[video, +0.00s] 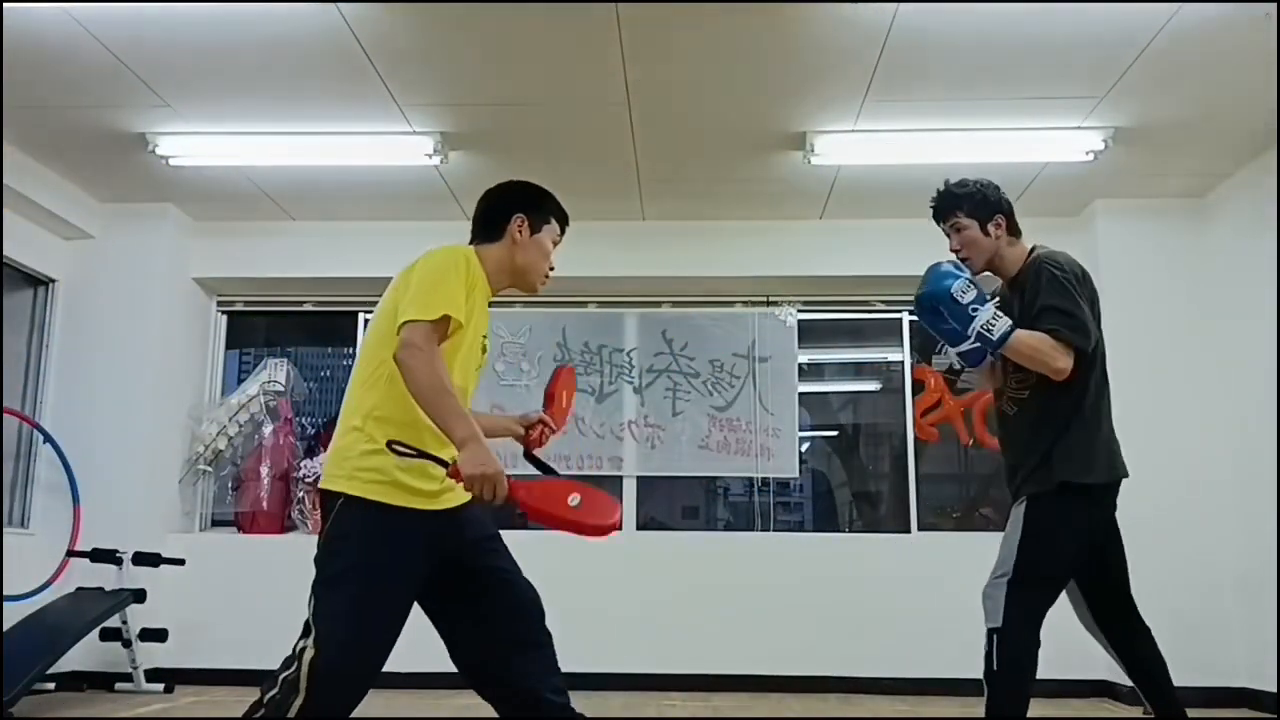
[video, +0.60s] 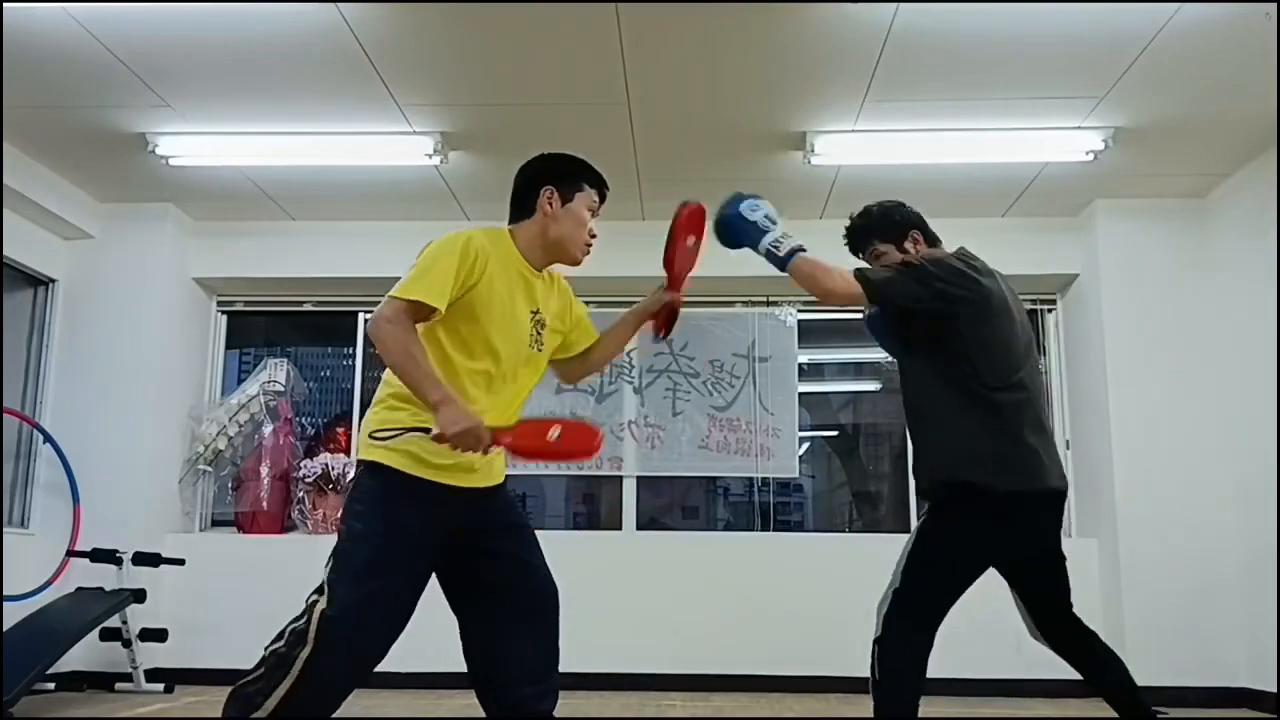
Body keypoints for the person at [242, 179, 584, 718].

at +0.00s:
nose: (555, 262)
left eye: (558, 248)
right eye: (553, 242)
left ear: (517, 233)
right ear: (519, 229)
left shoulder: (473, 312)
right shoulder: (450, 265)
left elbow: (431, 421)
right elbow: (414, 348)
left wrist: (513, 425)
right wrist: (470, 441)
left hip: (443, 501)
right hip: (377, 496)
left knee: (511, 626)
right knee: (336, 663)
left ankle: (548, 711)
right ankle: (279, 711)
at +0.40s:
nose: (589, 252)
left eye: (592, 237)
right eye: (586, 231)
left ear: (547, 224)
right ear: (549, 218)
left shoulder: (508, 308)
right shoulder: (478, 252)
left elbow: (500, 401)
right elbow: (394, 320)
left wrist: (567, 353)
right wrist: (397, 412)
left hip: (466, 488)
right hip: (394, 478)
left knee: (521, 608)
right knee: (344, 638)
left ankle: (523, 712)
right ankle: (268, 712)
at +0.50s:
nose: (602, 240)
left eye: (604, 228)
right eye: (597, 222)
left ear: (561, 217)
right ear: (559, 212)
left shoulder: (556, 311)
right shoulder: (483, 251)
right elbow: (392, 315)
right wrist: (408, 409)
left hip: (472, 482)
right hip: (397, 471)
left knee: (520, 609)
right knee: (355, 632)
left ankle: (522, 711)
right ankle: (274, 709)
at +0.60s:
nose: (596, 230)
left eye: (598, 219)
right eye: (591, 212)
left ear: (555, 209)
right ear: (549, 203)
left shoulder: (557, 297)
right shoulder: (468, 251)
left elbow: (577, 365)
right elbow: (388, 324)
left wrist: (640, 314)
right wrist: (446, 404)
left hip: (480, 485)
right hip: (402, 474)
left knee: (525, 612)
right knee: (349, 629)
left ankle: (526, 712)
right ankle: (253, 709)